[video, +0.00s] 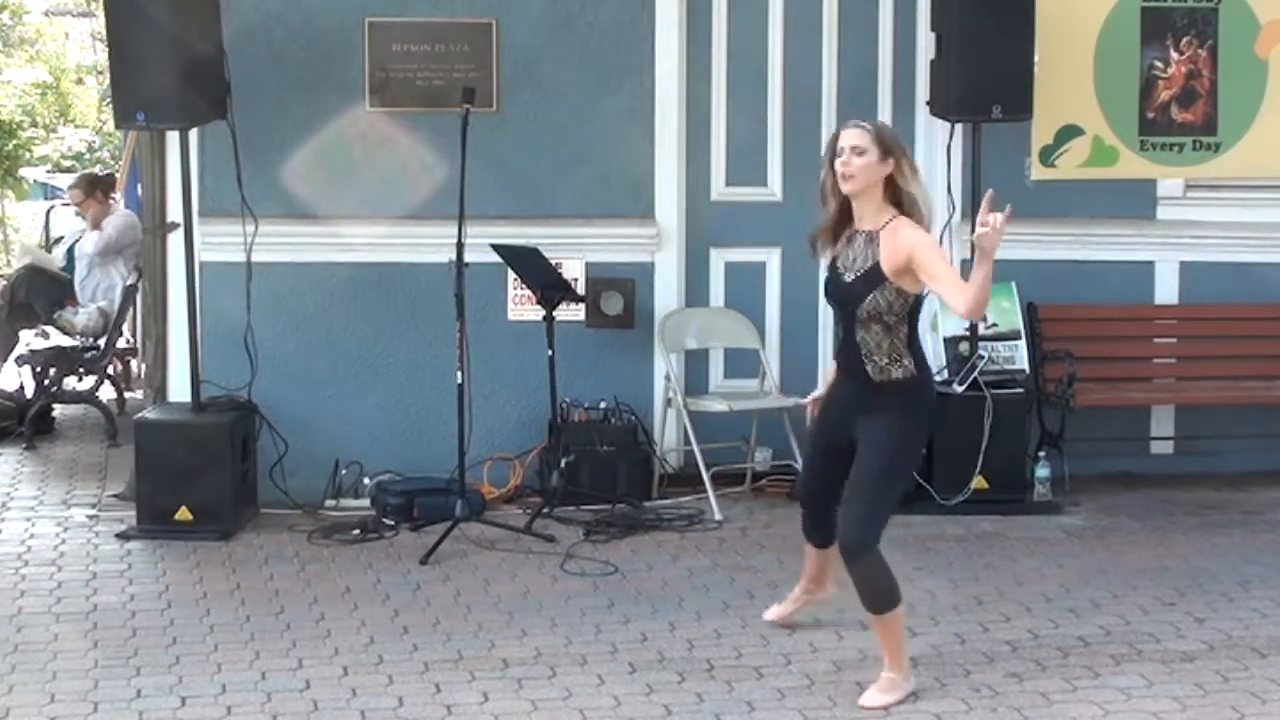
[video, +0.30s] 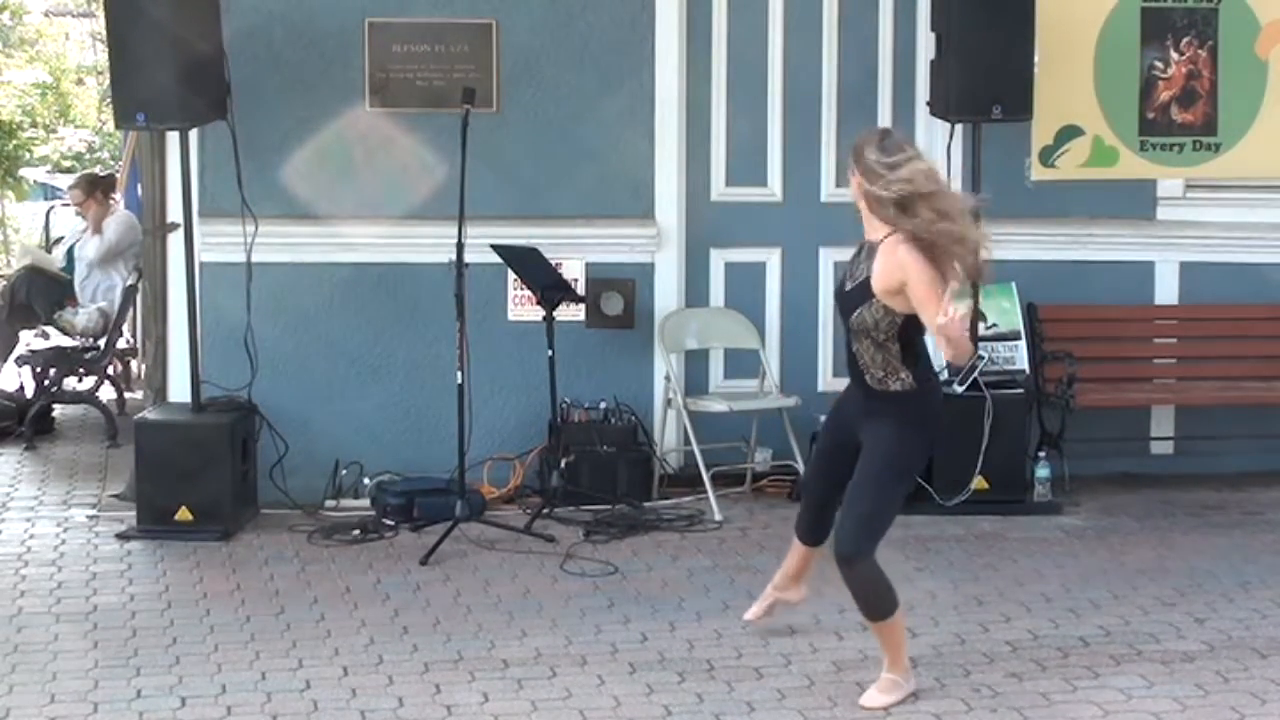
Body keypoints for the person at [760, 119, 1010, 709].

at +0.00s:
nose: (844, 162)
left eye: (859, 152)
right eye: (839, 154)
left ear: (889, 165)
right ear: (833, 170)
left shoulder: (909, 237)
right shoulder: (846, 240)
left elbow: (969, 305)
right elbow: (858, 333)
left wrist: (985, 254)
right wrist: (829, 389)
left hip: (898, 401)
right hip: (847, 395)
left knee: (856, 535)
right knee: (815, 491)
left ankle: (897, 671)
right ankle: (815, 584)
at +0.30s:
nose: (848, 183)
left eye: (850, 174)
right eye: (851, 175)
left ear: (864, 183)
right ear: (893, 181)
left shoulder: (906, 254)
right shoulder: (875, 238)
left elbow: (959, 355)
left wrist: (955, 336)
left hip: (904, 413)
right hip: (860, 395)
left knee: (851, 548)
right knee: (818, 488)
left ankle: (898, 669)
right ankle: (789, 582)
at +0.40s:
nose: (853, 195)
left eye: (856, 186)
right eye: (854, 186)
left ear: (869, 191)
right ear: (903, 183)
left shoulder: (906, 264)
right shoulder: (877, 243)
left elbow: (944, 347)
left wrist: (942, 368)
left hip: (902, 418)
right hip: (859, 399)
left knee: (849, 551)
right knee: (818, 493)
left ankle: (898, 668)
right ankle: (789, 581)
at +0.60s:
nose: (838, 197)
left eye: (844, 187)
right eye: (840, 186)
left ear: (860, 194)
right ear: (893, 189)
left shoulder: (887, 264)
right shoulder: (863, 251)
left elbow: (926, 356)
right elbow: (888, 333)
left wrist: (924, 439)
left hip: (892, 413)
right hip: (857, 399)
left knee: (846, 553)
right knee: (821, 488)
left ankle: (899, 670)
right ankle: (791, 583)